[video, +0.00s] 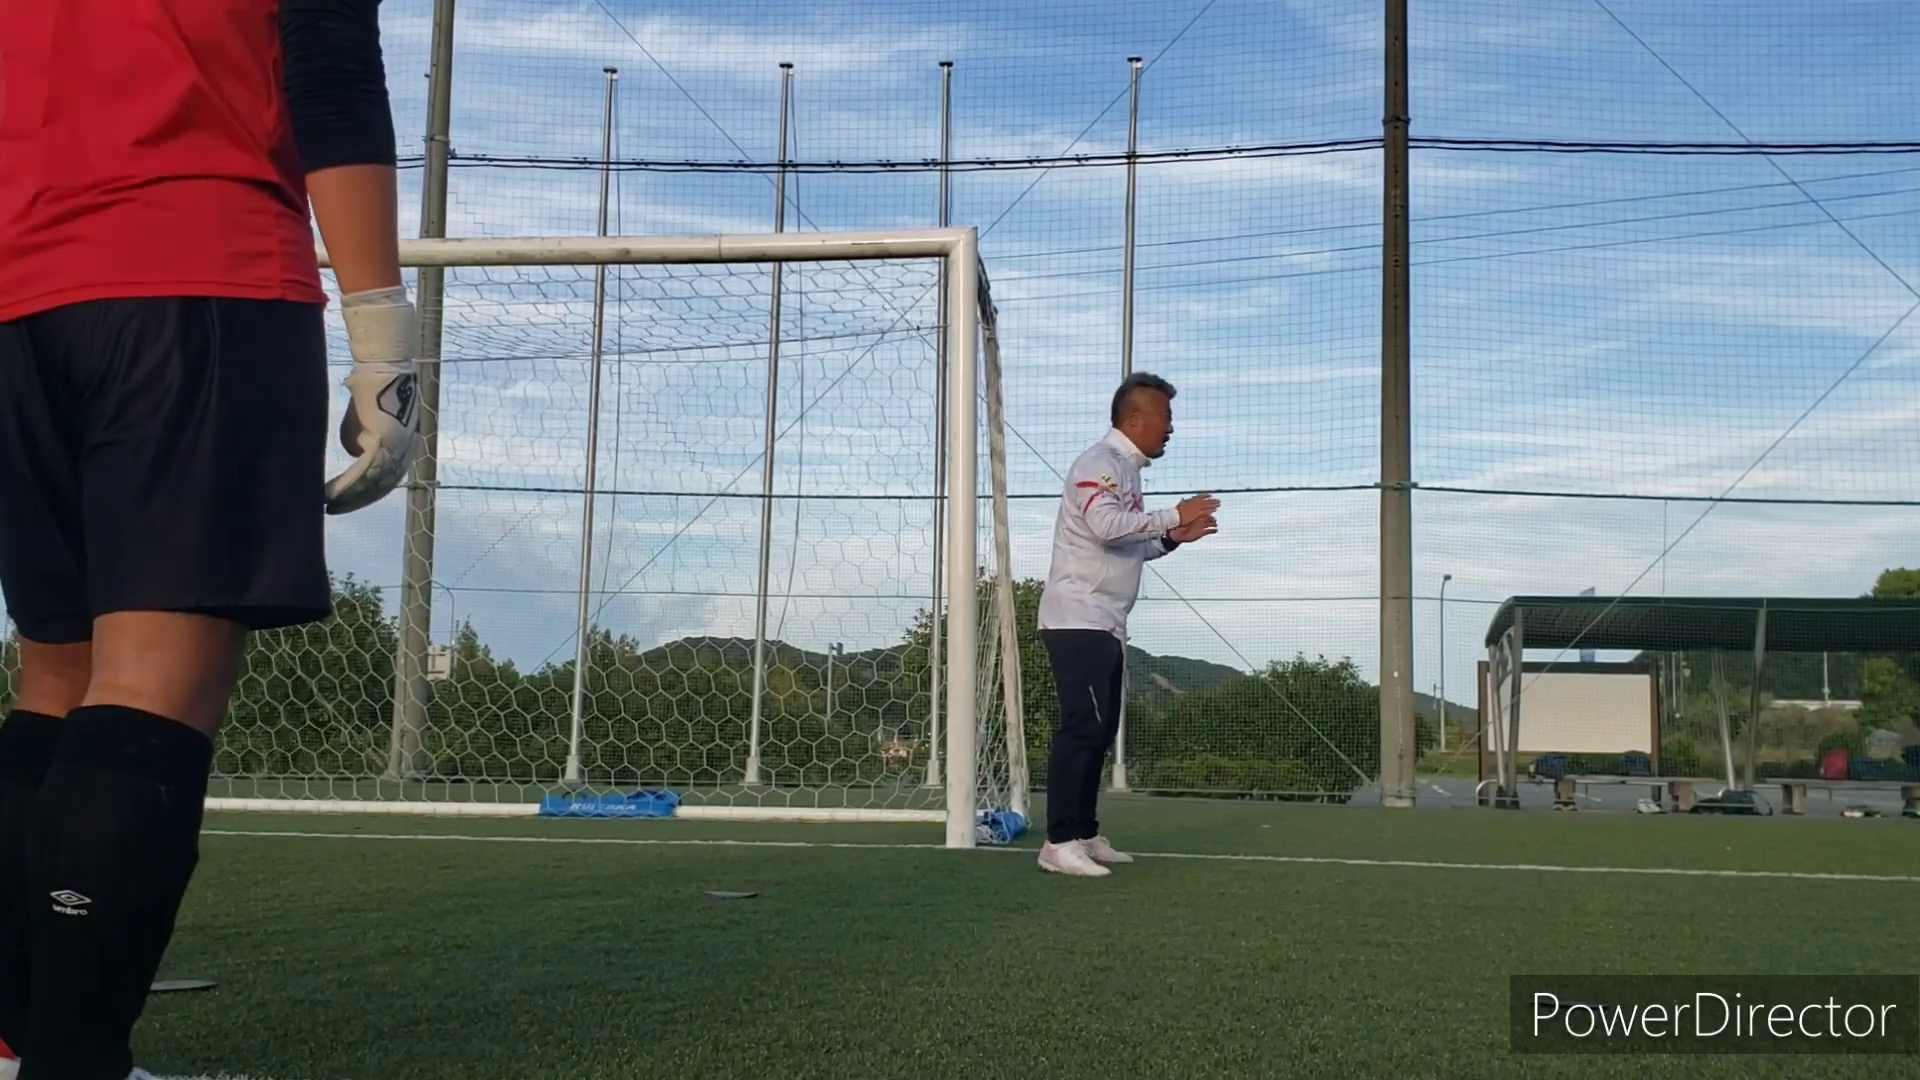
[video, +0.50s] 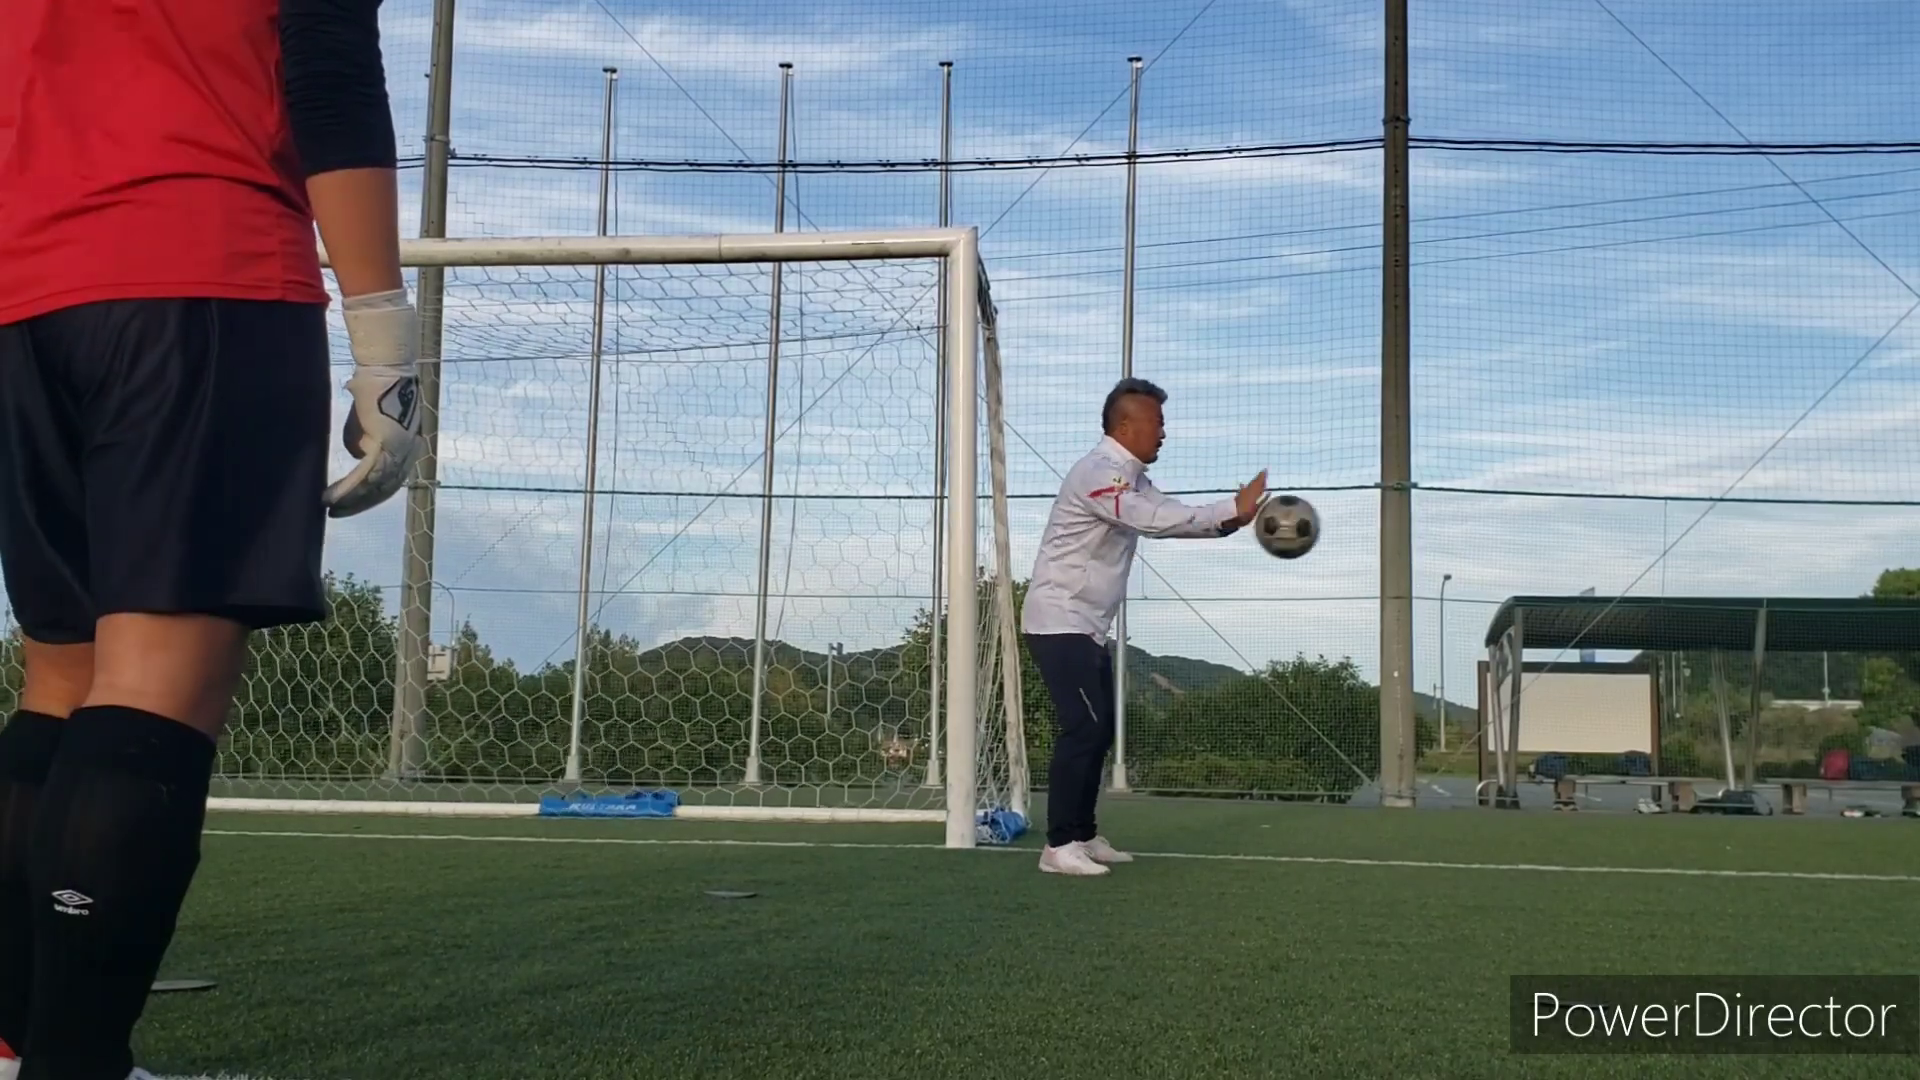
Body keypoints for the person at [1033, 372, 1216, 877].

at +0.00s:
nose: (1171, 429)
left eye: (1170, 419)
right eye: (1164, 418)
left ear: (1140, 420)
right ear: (1132, 418)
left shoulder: (1127, 475)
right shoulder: (1097, 461)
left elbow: (1126, 546)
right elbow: (1104, 522)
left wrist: (1173, 537)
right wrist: (1171, 519)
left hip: (1102, 620)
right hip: (1076, 616)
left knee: (1101, 728)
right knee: (1082, 726)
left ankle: (1084, 835)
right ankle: (1059, 843)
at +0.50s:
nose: (1164, 432)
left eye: (1163, 422)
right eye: (1156, 421)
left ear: (1132, 426)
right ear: (1125, 424)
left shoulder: (1135, 481)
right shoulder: (1097, 472)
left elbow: (1173, 520)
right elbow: (1150, 518)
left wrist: (1234, 519)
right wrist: (1231, 509)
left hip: (1087, 623)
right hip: (1058, 619)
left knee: (1100, 728)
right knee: (1084, 727)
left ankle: (1083, 835)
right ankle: (1060, 846)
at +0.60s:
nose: (1171, 449)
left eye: (1172, 439)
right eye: (1164, 439)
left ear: (1142, 440)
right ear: (1132, 437)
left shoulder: (1139, 487)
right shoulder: (1099, 484)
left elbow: (1178, 530)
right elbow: (1150, 548)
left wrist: (1235, 585)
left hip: (1074, 625)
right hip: (1042, 620)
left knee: (1090, 727)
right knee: (1072, 726)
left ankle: (1080, 838)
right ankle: (1059, 847)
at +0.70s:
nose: (1182, 472)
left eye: (1184, 462)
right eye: (1177, 461)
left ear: (1154, 458)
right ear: (1148, 454)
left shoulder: (1143, 509)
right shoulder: (1095, 496)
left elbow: (1169, 566)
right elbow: (1107, 577)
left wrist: (1205, 630)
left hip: (1069, 628)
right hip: (1033, 621)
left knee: (1087, 727)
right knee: (1070, 724)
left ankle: (1079, 837)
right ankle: (1058, 847)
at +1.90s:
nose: (1127, 422)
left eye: (1136, 415)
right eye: (1116, 412)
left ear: (1143, 424)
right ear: (1094, 416)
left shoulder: (1130, 485)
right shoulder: (1070, 469)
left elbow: (1136, 557)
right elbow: (1057, 539)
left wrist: (1140, 617)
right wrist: (1090, 602)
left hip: (1108, 622)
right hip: (1066, 616)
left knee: (1104, 727)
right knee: (1076, 722)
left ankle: (1083, 831)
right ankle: (1070, 835)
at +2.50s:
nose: (1099, 410)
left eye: (1107, 402)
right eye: (1087, 402)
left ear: (1116, 411)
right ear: (1066, 411)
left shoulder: (1113, 478)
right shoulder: (1049, 466)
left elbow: (1119, 549)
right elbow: (1042, 540)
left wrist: (1128, 609)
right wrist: (1078, 603)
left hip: (1098, 619)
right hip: (1055, 617)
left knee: (1097, 729)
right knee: (1066, 727)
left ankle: (1082, 833)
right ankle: (1052, 841)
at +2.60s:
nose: (1116, 419)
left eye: (1115, 409)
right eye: (1109, 409)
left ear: (1086, 415)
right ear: (1080, 413)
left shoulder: (1081, 474)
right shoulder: (1048, 461)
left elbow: (1086, 542)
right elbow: (1053, 524)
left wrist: (1131, 531)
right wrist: (1123, 511)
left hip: (1067, 620)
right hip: (1038, 617)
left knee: (1063, 727)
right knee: (1038, 724)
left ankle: (1044, 830)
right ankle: (1011, 837)